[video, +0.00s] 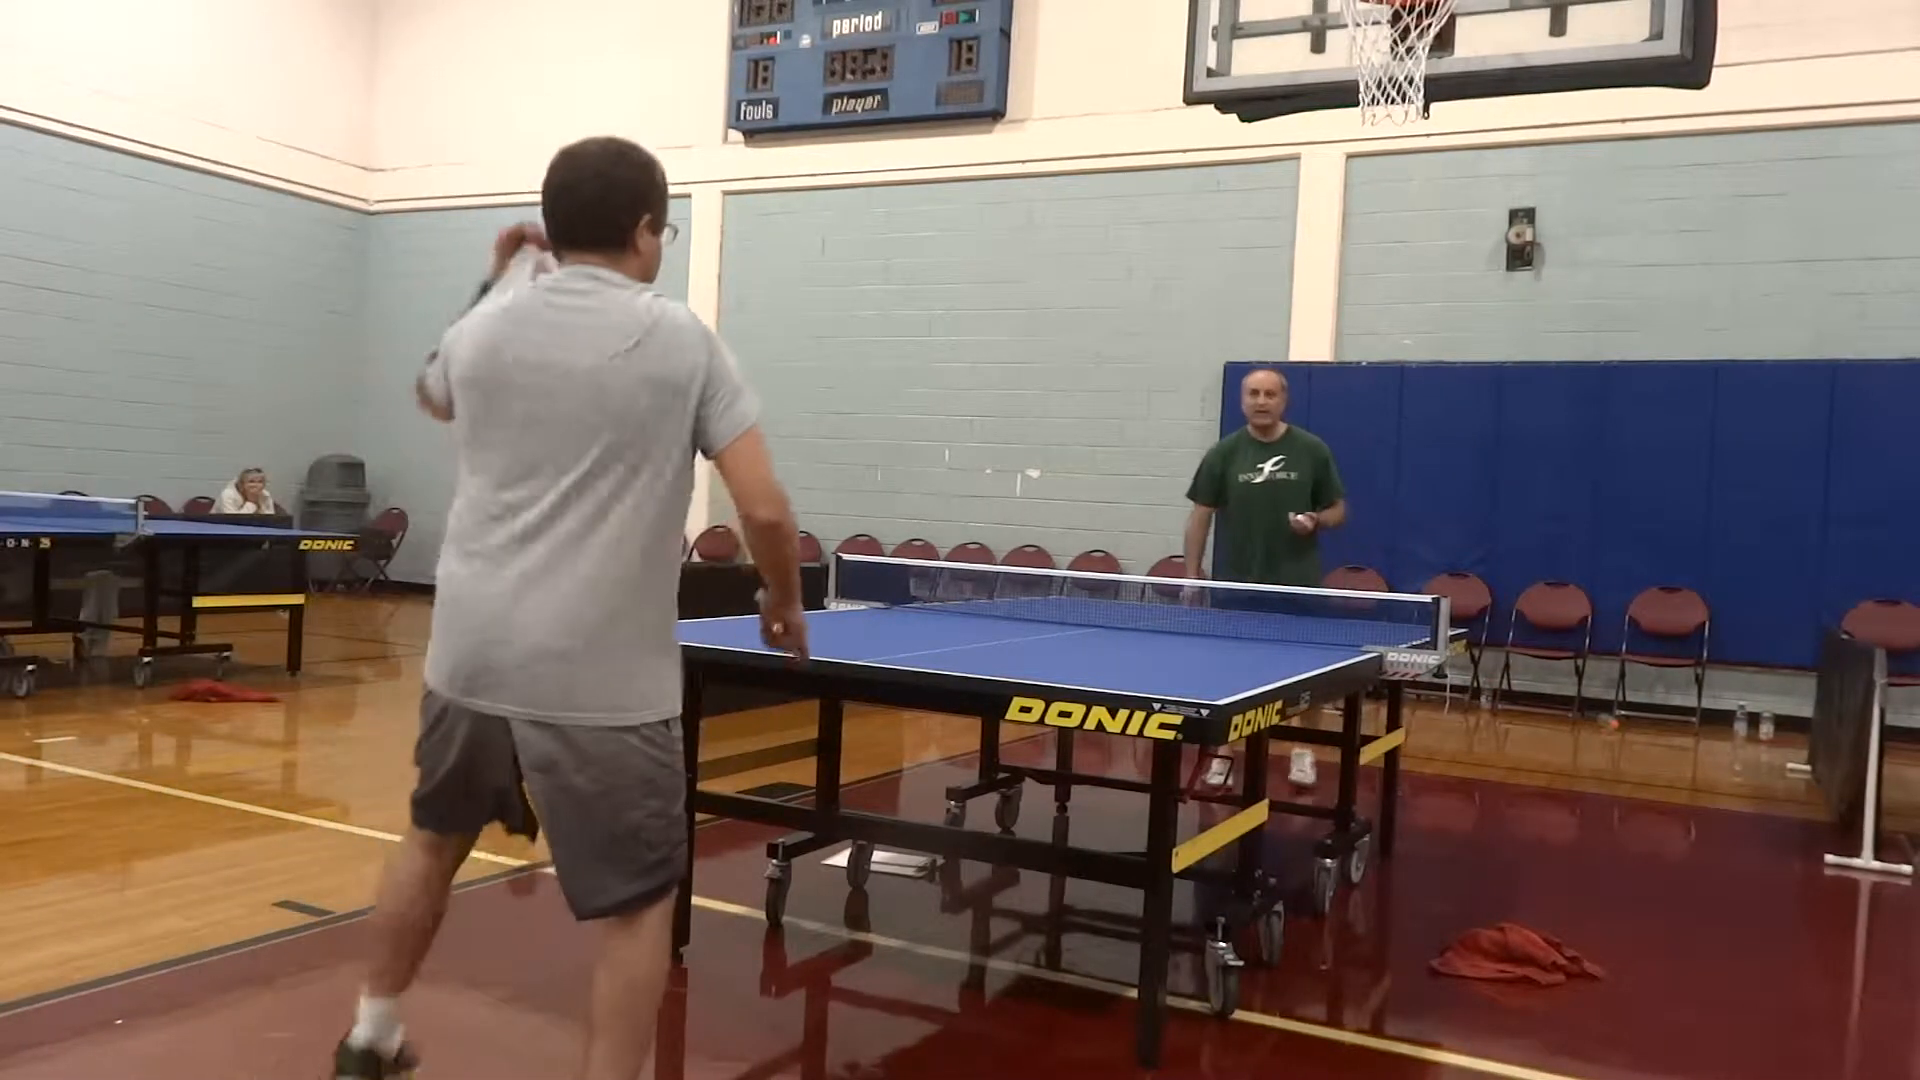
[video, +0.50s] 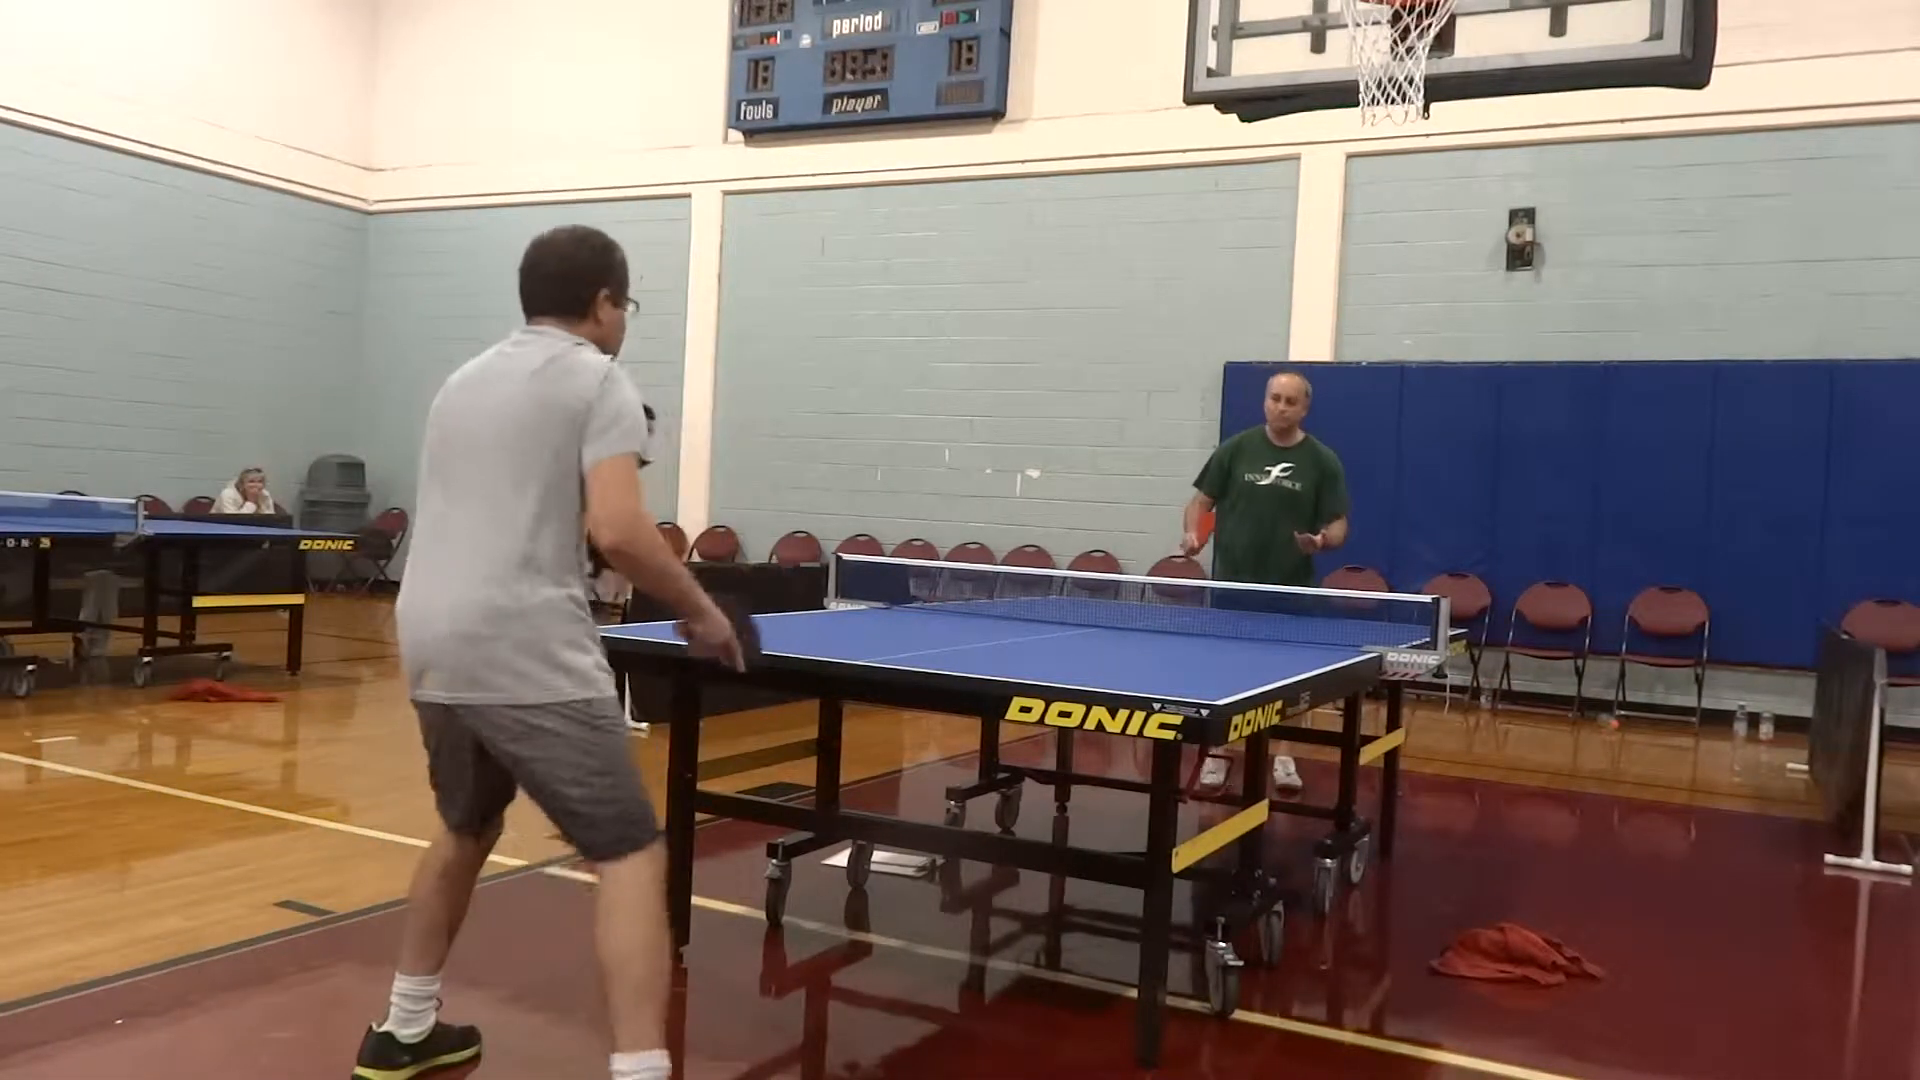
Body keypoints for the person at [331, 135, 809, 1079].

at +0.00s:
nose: (664, 237)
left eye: (661, 223)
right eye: (663, 223)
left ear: (548, 230)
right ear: (645, 230)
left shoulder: (490, 323)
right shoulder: (683, 340)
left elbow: (436, 395)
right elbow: (765, 512)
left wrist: (498, 283)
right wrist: (783, 603)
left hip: (466, 659)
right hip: (605, 684)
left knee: (433, 836)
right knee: (632, 907)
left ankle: (371, 1035)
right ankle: (614, 1074)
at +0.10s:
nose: (655, 260)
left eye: (656, 246)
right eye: (653, 246)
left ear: (541, 248)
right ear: (634, 250)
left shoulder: (478, 350)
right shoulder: (667, 357)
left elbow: (498, 485)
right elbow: (745, 522)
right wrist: (781, 594)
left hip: (469, 665)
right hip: (598, 688)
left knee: (442, 831)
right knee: (644, 901)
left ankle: (395, 1007)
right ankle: (616, 1072)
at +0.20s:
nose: (641, 281)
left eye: (640, 267)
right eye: (639, 267)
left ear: (537, 269)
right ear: (619, 271)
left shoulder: (471, 365)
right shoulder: (638, 373)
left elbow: (500, 510)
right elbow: (703, 534)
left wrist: (639, 540)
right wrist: (765, 599)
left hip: (464, 669)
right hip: (582, 688)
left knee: (459, 835)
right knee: (646, 893)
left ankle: (407, 1018)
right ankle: (612, 1073)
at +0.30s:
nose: (627, 295)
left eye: (626, 280)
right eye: (624, 280)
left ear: (527, 283)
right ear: (602, 285)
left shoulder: (463, 372)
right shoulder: (608, 380)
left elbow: (476, 518)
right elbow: (650, 542)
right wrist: (739, 603)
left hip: (448, 659)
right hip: (553, 673)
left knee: (464, 827)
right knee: (655, 864)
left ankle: (404, 1027)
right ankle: (613, 1071)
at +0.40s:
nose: (622, 302)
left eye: (621, 287)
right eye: (618, 287)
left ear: (523, 292)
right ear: (596, 292)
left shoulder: (460, 377)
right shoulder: (594, 377)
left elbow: (476, 520)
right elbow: (621, 536)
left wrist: (598, 568)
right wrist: (711, 606)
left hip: (434, 650)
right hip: (531, 656)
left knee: (467, 822)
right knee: (651, 849)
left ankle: (404, 1029)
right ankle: (623, 1068)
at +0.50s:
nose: (627, 318)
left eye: (627, 303)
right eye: (625, 302)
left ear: (528, 303)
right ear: (600, 302)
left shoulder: (462, 381)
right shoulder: (598, 378)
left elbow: (463, 520)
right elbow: (619, 533)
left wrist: (579, 567)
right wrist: (701, 611)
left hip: (433, 656)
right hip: (533, 661)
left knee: (465, 823)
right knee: (630, 853)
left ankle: (406, 1026)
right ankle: (642, 1070)